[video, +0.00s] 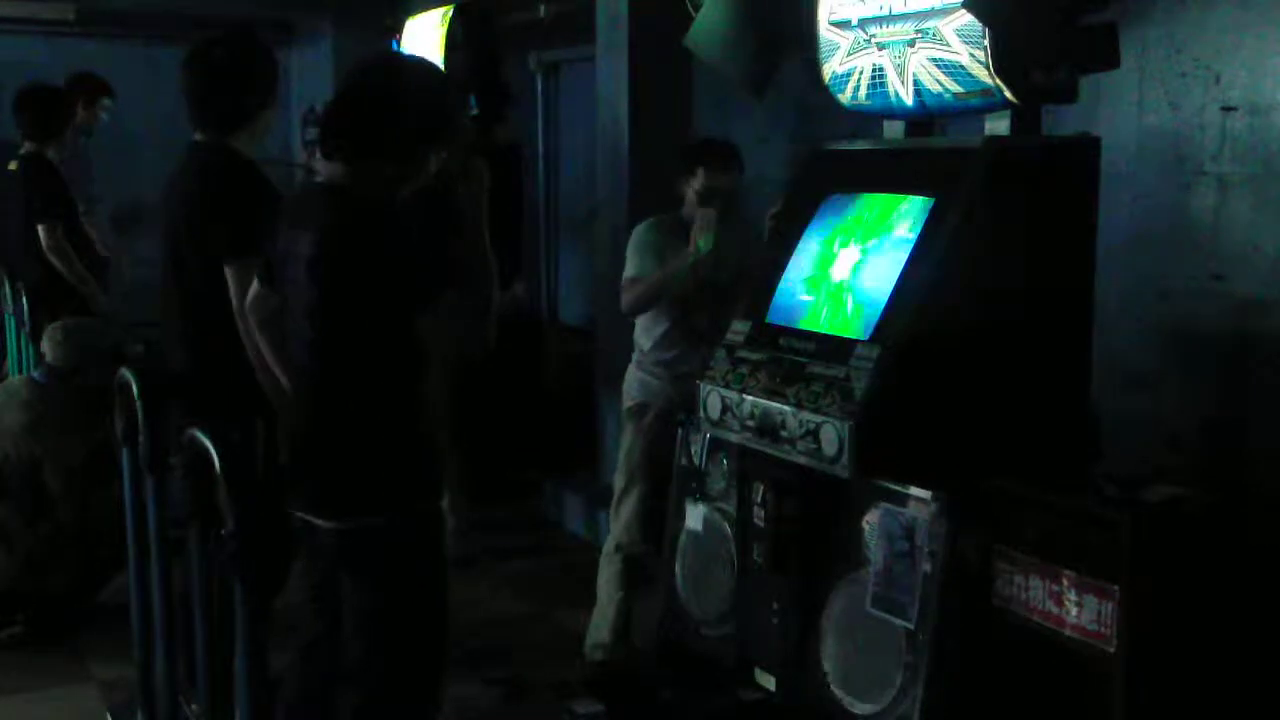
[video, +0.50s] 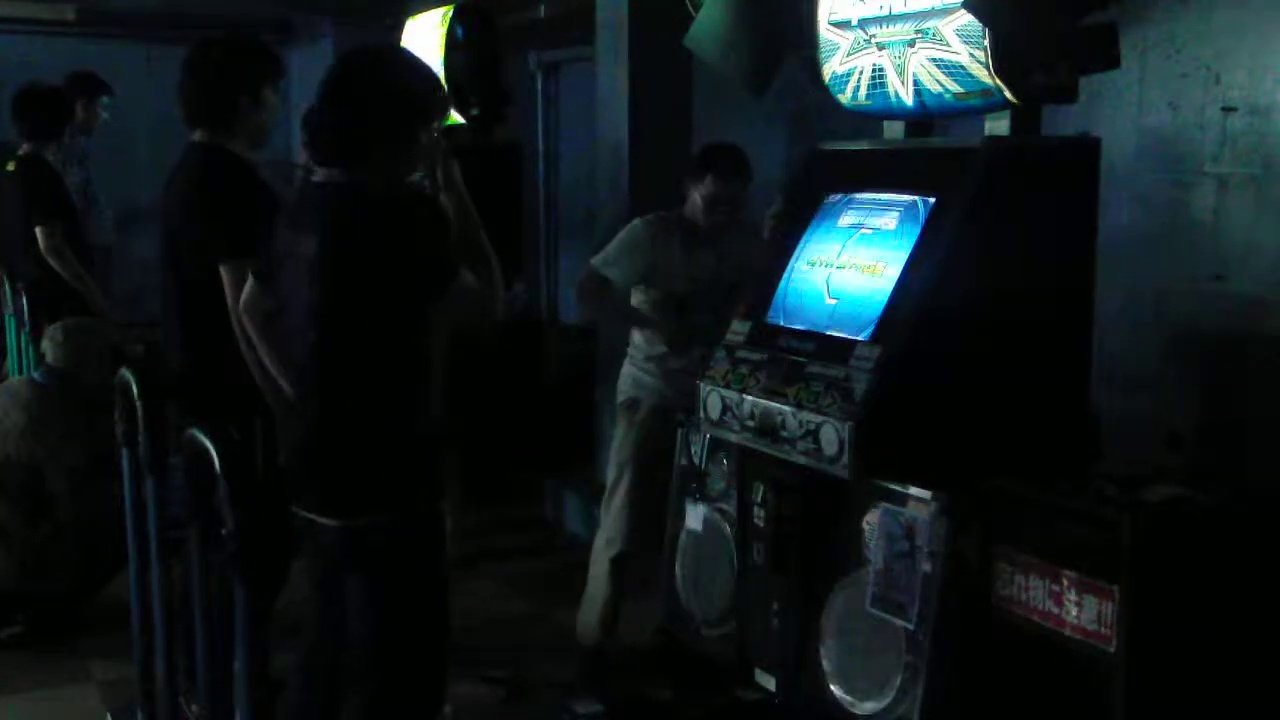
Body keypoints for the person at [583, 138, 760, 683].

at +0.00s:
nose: (715, 201)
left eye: (724, 192)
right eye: (706, 190)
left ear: (735, 193)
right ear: (683, 186)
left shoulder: (738, 243)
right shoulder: (653, 236)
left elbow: (753, 308)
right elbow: (631, 300)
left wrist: (771, 246)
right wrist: (692, 255)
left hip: (711, 395)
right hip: (653, 390)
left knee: (699, 523)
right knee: (633, 524)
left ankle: (684, 646)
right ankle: (605, 650)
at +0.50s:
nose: (719, 208)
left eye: (730, 199)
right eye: (712, 196)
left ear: (741, 200)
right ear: (691, 188)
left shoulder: (740, 248)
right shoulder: (652, 234)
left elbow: (754, 310)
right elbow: (593, 288)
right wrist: (646, 322)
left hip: (708, 399)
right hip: (649, 393)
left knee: (697, 521)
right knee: (626, 522)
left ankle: (677, 644)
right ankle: (597, 645)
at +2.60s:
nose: (711, 230)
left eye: (719, 222)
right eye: (705, 219)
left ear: (728, 222)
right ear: (686, 211)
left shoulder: (718, 258)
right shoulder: (644, 249)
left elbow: (727, 318)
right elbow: (646, 329)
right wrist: (700, 364)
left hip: (676, 391)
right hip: (622, 388)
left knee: (670, 511)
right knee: (611, 510)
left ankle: (667, 622)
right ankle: (590, 625)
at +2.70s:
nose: (711, 231)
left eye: (719, 223)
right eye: (706, 219)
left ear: (727, 222)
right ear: (686, 211)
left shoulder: (717, 258)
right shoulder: (644, 248)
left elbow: (726, 320)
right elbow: (645, 329)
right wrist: (702, 358)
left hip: (676, 391)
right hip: (622, 388)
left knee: (671, 511)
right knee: (610, 510)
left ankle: (666, 623)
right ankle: (591, 626)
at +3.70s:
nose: (721, 234)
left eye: (728, 225)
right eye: (715, 222)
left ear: (733, 223)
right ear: (692, 212)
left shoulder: (720, 260)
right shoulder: (647, 249)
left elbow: (736, 320)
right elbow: (638, 335)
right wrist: (693, 384)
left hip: (680, 390)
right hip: (627, 385)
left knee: (675, 507)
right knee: (612, 507)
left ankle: (666, 623)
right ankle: (591, 624)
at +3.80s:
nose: (721, 234)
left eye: (728, 225)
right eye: (716, 222)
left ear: (734, 223)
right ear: (694, 212)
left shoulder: (720, 260)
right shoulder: (648, 248)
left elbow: (729, 324)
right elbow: (640, 336)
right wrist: (694, 384)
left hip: (679, 391)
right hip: (627, 386)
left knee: (675, 508)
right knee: (612, 508)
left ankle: (666, 622)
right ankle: (592, 624)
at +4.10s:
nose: (724, 228)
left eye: (732, 219)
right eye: (719, 216)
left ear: (738, 221)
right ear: (697, 210)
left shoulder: (724, 259)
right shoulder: (650, 248)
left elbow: (732, 324)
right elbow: (645, 336)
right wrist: (698, 382)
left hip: (682, 396)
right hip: (630, 390)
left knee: (676, 512)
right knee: (612, 511)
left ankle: (664, 625)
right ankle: (589, 622)